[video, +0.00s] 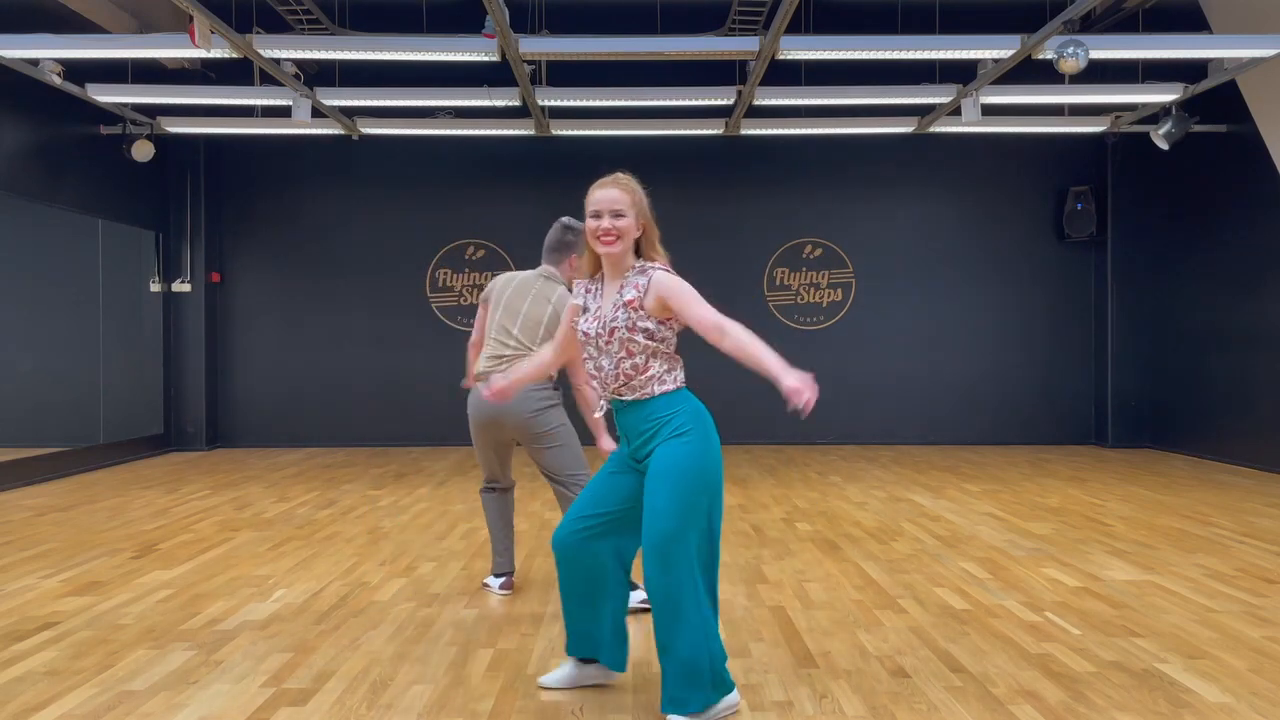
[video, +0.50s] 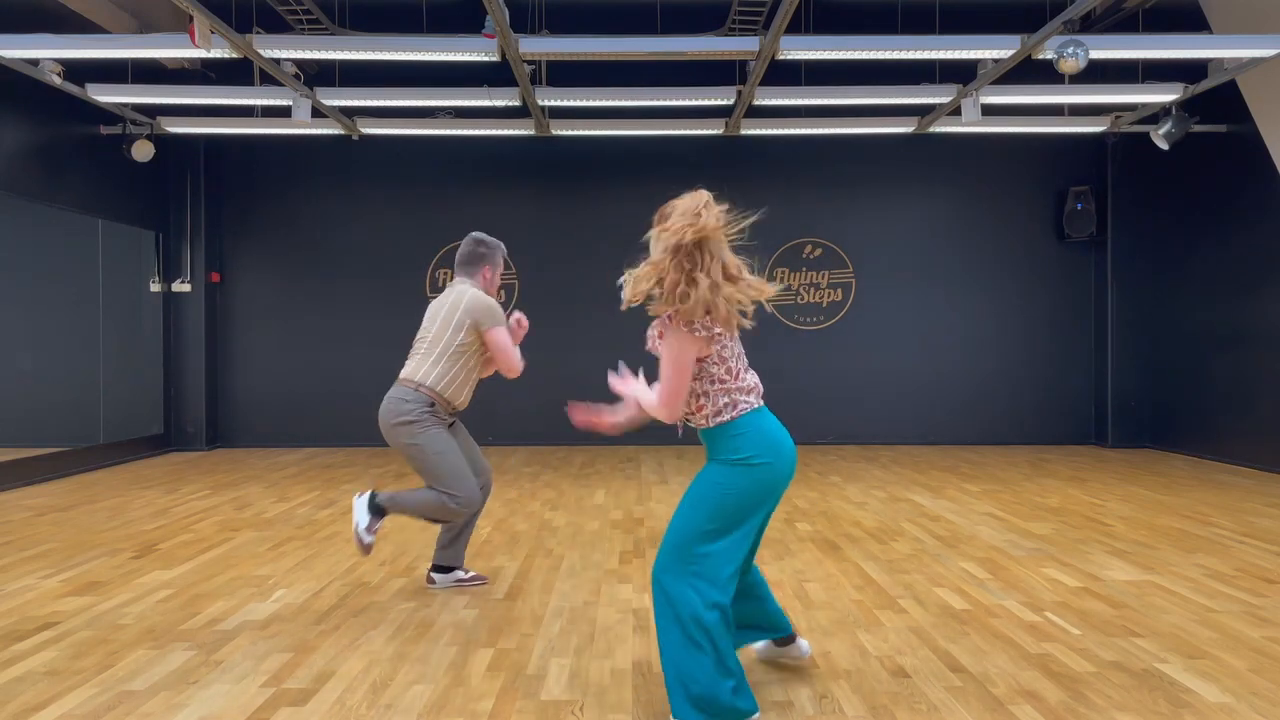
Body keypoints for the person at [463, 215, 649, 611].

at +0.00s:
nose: (585, 269)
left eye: (586, 262)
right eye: (585, 261)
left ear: (544, 254)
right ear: (572, 260)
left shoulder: (499, 283)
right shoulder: (570, 302)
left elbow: (475, 343)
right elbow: (580, 381)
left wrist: (474, 382)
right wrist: (603, 436)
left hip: (483, 399)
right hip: (535, 401)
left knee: (496, 484)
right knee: (576, 485)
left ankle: (501, 574)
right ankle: (618, 584)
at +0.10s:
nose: (564, 258)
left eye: (564, 251)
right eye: (565, 251)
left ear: (524, 242)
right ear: (557, 251)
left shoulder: (489, 269)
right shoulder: (553, 297)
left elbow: (510, 323)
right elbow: (561, 366)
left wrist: (560, 337)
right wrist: (571, 379)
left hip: (457, 383)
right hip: (502, 384)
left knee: (488, 477)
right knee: (561, 472)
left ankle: (499, 567)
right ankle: (560, 573)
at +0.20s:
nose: (540, 251)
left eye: (538, 245)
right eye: (540, 246)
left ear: (499, 241)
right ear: (535, 249)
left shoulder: (473, 273)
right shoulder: (537, 284)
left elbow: (513, 305)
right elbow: (556, 335)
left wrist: (568, 295)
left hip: (438, 382)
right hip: (476, 385)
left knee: (483, 469)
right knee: (526, 461)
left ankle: (459, 558)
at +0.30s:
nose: (525, 255)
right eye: (525, 250)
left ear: (480, 250)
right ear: (518, 254)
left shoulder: (463, 282)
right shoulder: (520, 288)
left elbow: (500, 321)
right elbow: (555, 332)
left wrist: (531, 304)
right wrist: (549, 289)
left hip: (425, 389)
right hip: (456, 397)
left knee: (464, 482)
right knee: (502, 474)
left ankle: (446, 564)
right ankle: (442, 548)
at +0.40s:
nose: (507, 267)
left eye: (504, 263)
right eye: (506, 262)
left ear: (466, 262)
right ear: (502, 266)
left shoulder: (453, 295)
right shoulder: (505, 298)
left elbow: (505, 346)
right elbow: (543, 345)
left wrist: (518, 306)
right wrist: (523, 308)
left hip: (411, 400)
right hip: (434, 408)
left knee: (468, 484)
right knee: (496, 480)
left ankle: (444, 565)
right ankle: (409, 509)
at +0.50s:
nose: (500, 280)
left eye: (501, 272)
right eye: (500, 272)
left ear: (464, 270)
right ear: (487, 273)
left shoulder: (447, 300)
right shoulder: (481, 303)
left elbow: (474, 370)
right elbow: (513, 368)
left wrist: (510, 340)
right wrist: (508, 340)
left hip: (436, 410)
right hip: (412, 410)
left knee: (479, 480)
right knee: (463, 499)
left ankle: (445, 568)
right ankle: (374, 504)